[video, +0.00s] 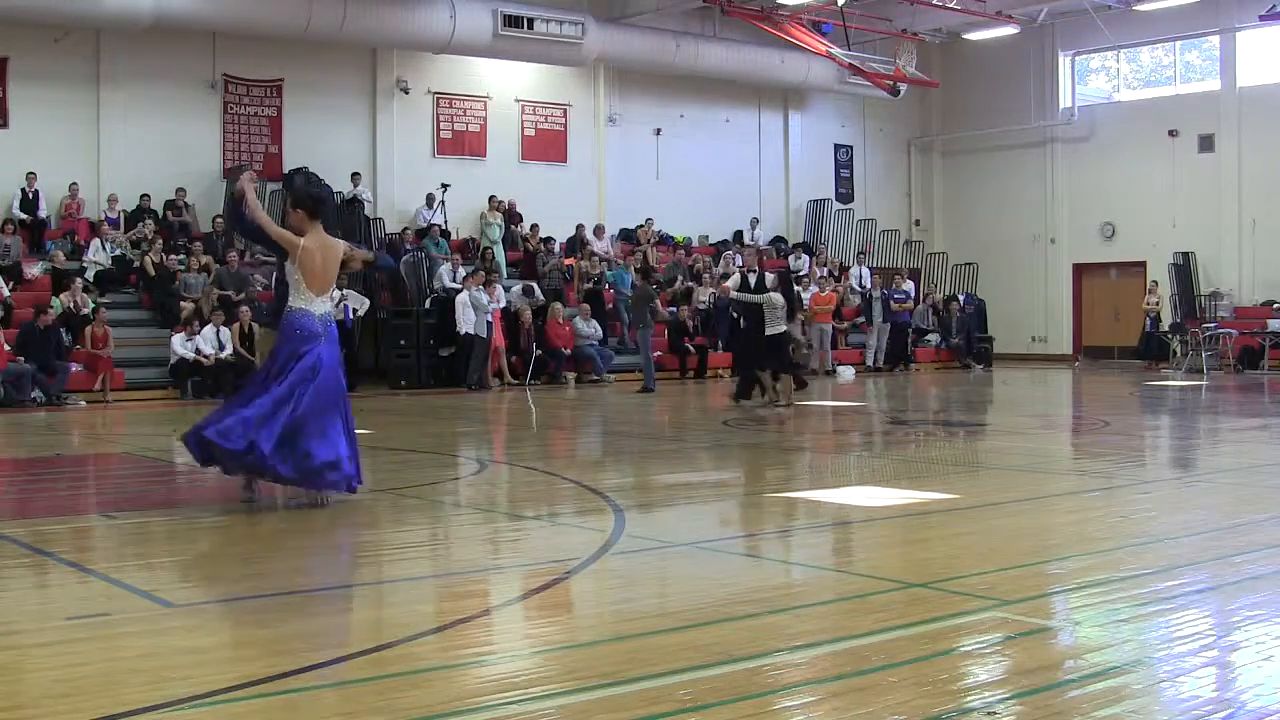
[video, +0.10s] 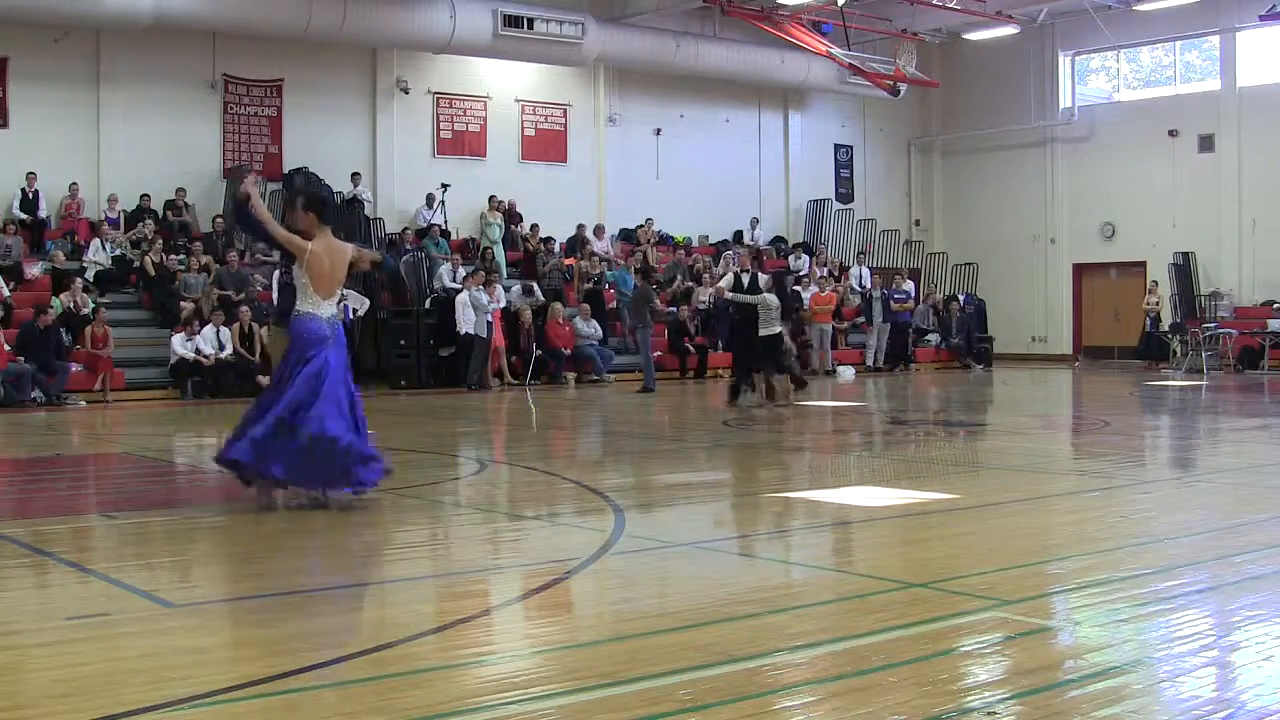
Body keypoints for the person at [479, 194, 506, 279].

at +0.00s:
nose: (495, 204)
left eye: (496, 202)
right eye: (493, 202)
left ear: (498, 203)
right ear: (489, 203)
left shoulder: (500, 215)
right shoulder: (484, 214)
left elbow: (502, 227)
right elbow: (483, 227)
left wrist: (499, 237)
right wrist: (490, 238)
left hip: (497, 239)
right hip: (487, 238)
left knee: (499, 257)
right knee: (487, 256)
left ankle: (500, 275)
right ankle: (486, 275)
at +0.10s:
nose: (495, 204)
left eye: (496, 202)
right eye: (493, 202)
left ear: (498, 203)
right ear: (489, 203)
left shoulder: (500, 215)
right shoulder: (484, 214)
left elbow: (502, 227)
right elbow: (483, 227)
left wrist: (499, 237)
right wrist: (490, 238)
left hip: (497, 239)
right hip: (487, 238)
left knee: (499, 257)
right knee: (487, 256)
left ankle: (500, 275)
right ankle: (486, 275)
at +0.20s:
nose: (495, 204)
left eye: (496, 202)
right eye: (493, 202)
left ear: (498, 203)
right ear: (489, 203)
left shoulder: (500, 215)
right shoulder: (484, 214)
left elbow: (502, 227)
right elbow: (483, 227)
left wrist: (499, 237)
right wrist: (490, 238)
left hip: (497, 239)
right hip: (487, 238)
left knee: (499, 257)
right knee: (487, 256)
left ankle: (500, 275)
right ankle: (486, 275)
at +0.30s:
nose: (495, 204)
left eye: (496, 202)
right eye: (493, 202)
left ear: (498, 203)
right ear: (489, 203)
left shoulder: (500, 215)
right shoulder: (484, 214)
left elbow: (502, 227)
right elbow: (483, 227)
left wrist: (499, 237)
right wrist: (490, 238)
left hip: (497, 239)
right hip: (487, 238)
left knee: (499, 257)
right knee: (487, 256)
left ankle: (500, 275)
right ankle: (486, 275)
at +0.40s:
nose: (495, 204)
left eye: (496, 202)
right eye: (493, 202)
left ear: (498, 203)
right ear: (489, 203)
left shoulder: (500, 215)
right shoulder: (484, 214)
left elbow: (502, 227)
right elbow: (483, 227)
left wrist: (499, 237)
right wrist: (490, 238)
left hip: (497, 239)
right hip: (487, 238)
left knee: (499, 257)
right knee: (487, 256)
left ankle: (500, 275)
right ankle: (486, 275)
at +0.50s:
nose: (495, 204)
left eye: (496, 202)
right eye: (493, 202)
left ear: (498, 203)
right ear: (489, 203)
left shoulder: (500, 215)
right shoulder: (484, 214)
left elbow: (502, 227)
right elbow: (483, 227)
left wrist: (499, 237)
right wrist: (490, 238)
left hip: (497, 239)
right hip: (487, 239)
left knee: (499, 257)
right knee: (487, 257)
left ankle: (500, 275)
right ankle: (486, 275)